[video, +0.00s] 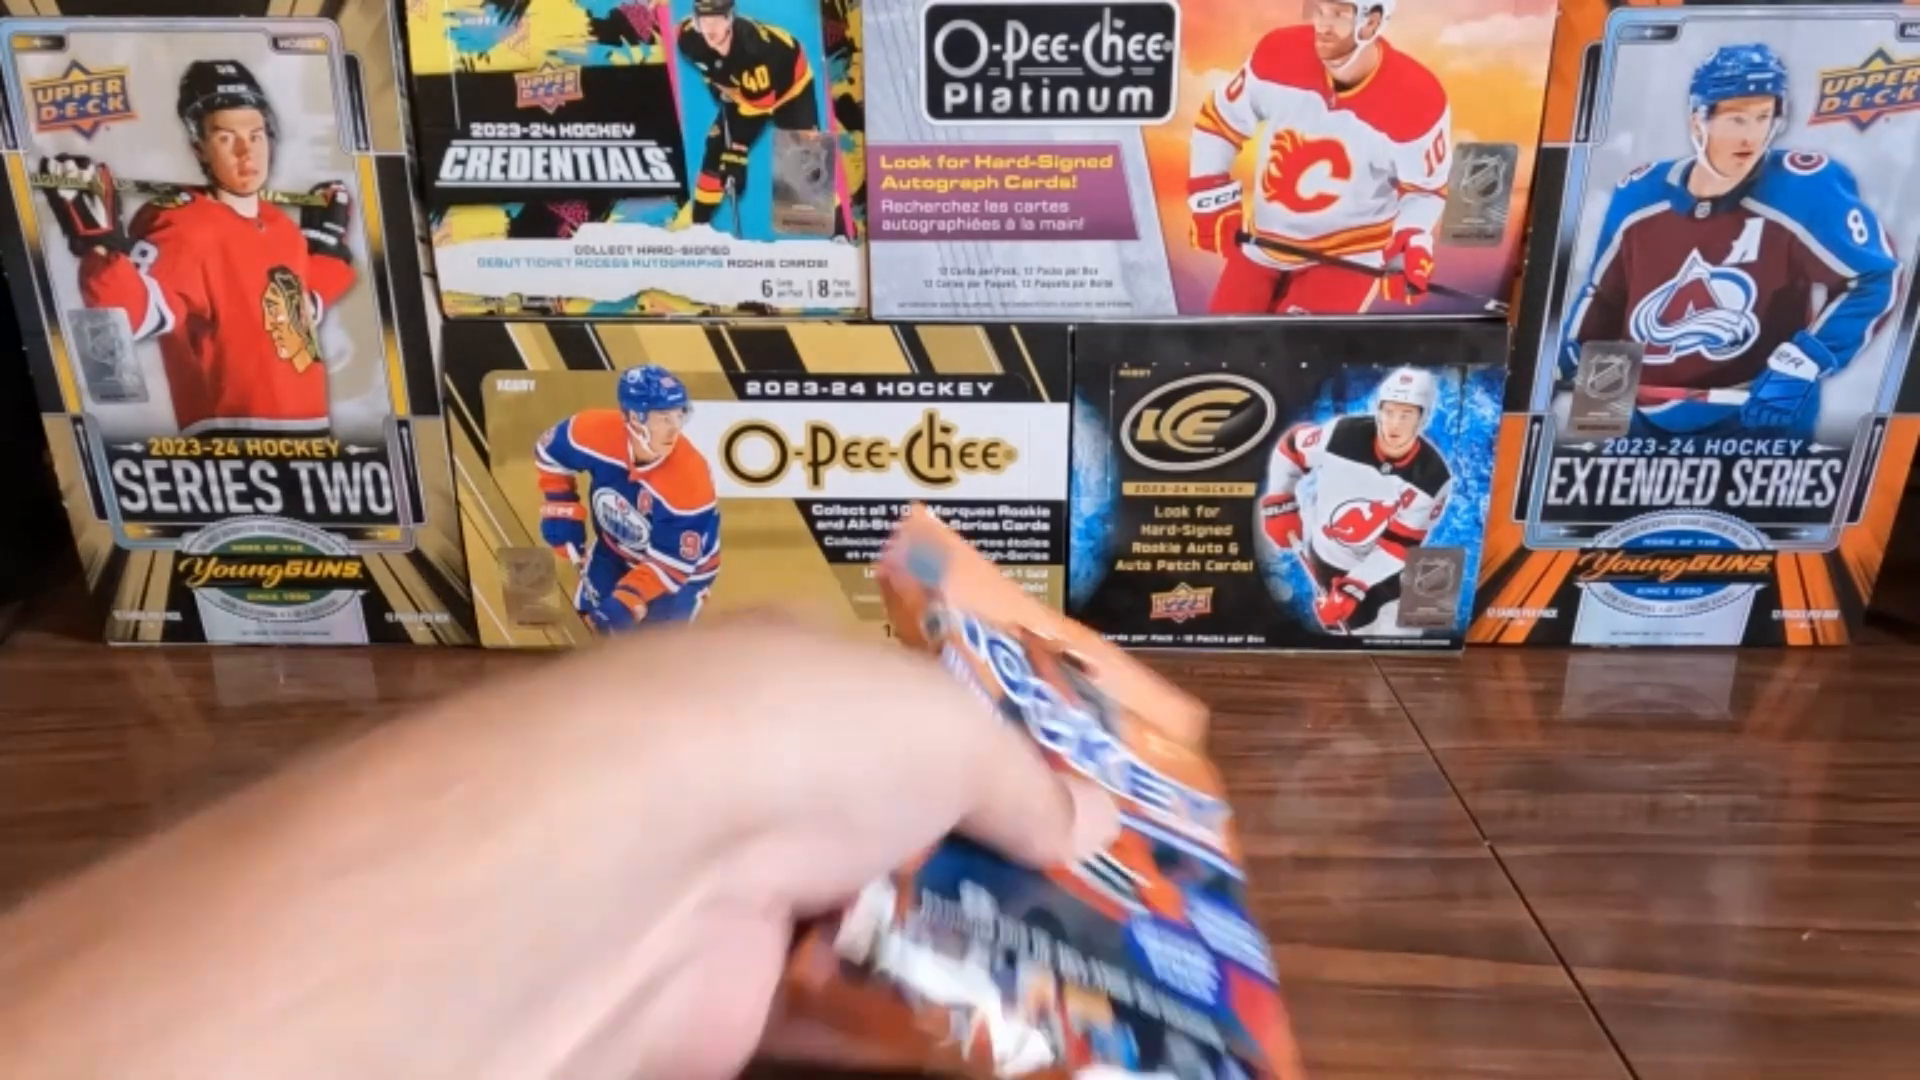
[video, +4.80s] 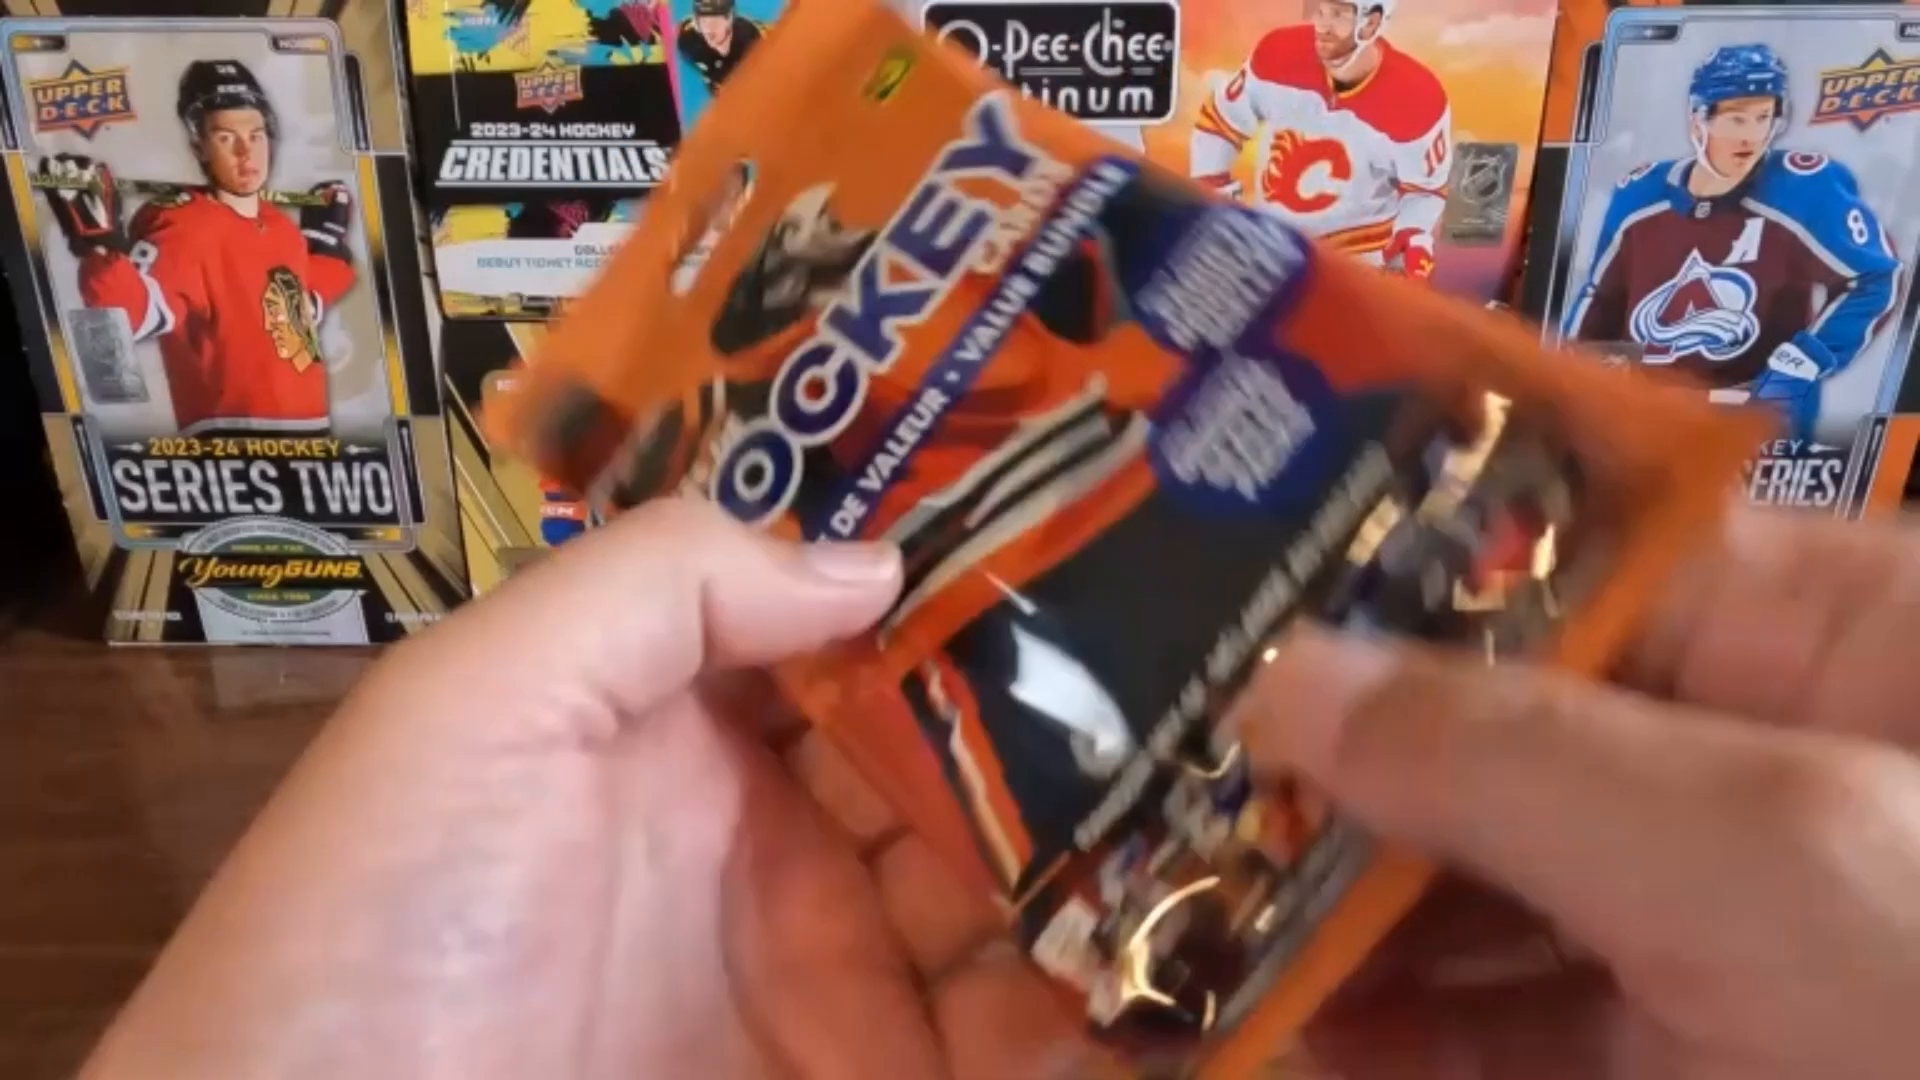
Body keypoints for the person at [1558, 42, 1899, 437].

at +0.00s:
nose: (1749, 135)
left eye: (1761, 118)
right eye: (1734, 119)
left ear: (1775, 123)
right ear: (1698, 124)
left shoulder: (1803, 193)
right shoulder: (1638, 197)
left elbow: (1878, 279)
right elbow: (1600, 296)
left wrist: (1801, 364)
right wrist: (1574, 366)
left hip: (1745, 425)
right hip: (1638, 421)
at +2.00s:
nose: (1750, 135)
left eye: (1762, 118)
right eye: (1735, 119)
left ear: (1775, 123)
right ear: (1698, 124)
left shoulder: (1805, 192)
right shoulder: (1638, 197)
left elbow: (1879, 279)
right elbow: (1599, 296)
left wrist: (1801, 365)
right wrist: (1572, 366)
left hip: (1744, 427)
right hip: (1637, 421)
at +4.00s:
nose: (1750, 135)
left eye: (1762, 118)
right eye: (1734, 119)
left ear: (1775, 123)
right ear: (1698, 124)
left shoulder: (1805, 192)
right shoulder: (1637, 197)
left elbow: (1878, 279)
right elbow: (1600, 296)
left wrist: (1802, 364)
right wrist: (1574, 366)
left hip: (1744, 427)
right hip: (1637, 422)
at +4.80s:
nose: (1750, 137)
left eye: (1762, 119)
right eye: (1735, 119)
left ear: (1775, 123)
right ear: (1698, 124)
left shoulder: (1806, 194)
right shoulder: (1639, 198)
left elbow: (1878, 281)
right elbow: (1597, 301)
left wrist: (1796, 370)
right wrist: (1563, 380)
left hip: (1749, 415)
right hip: (1642, 412)